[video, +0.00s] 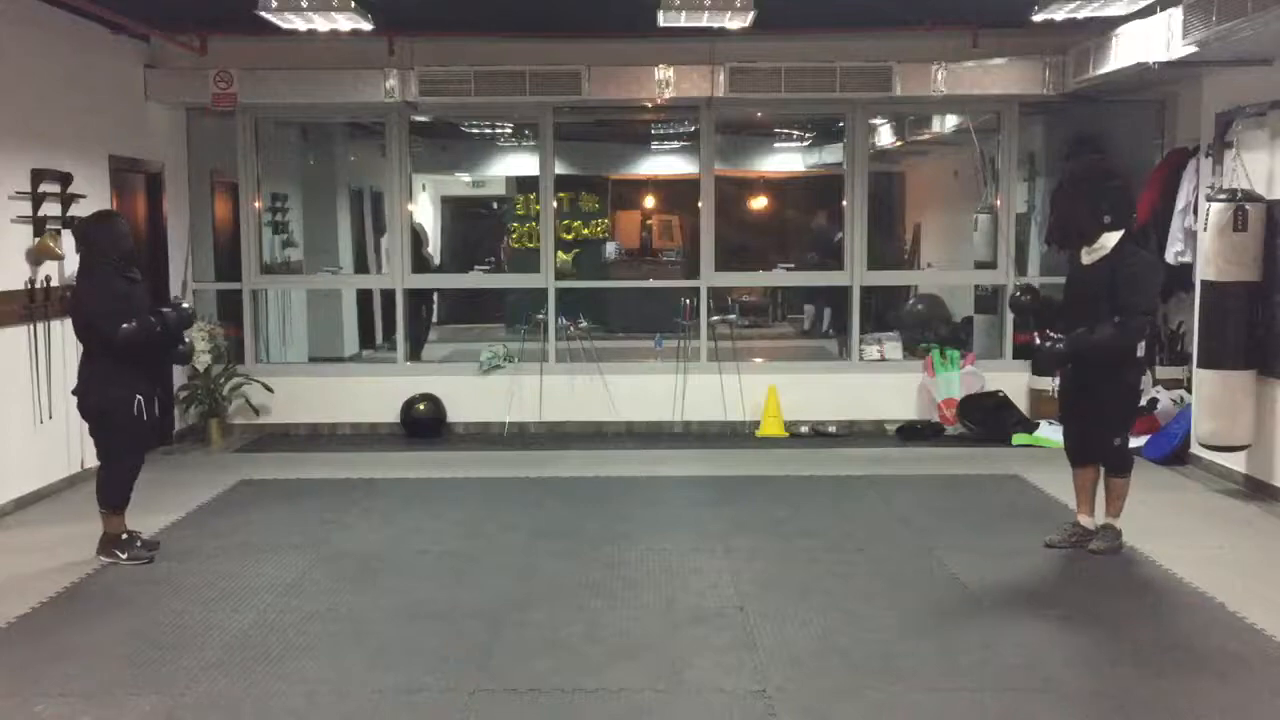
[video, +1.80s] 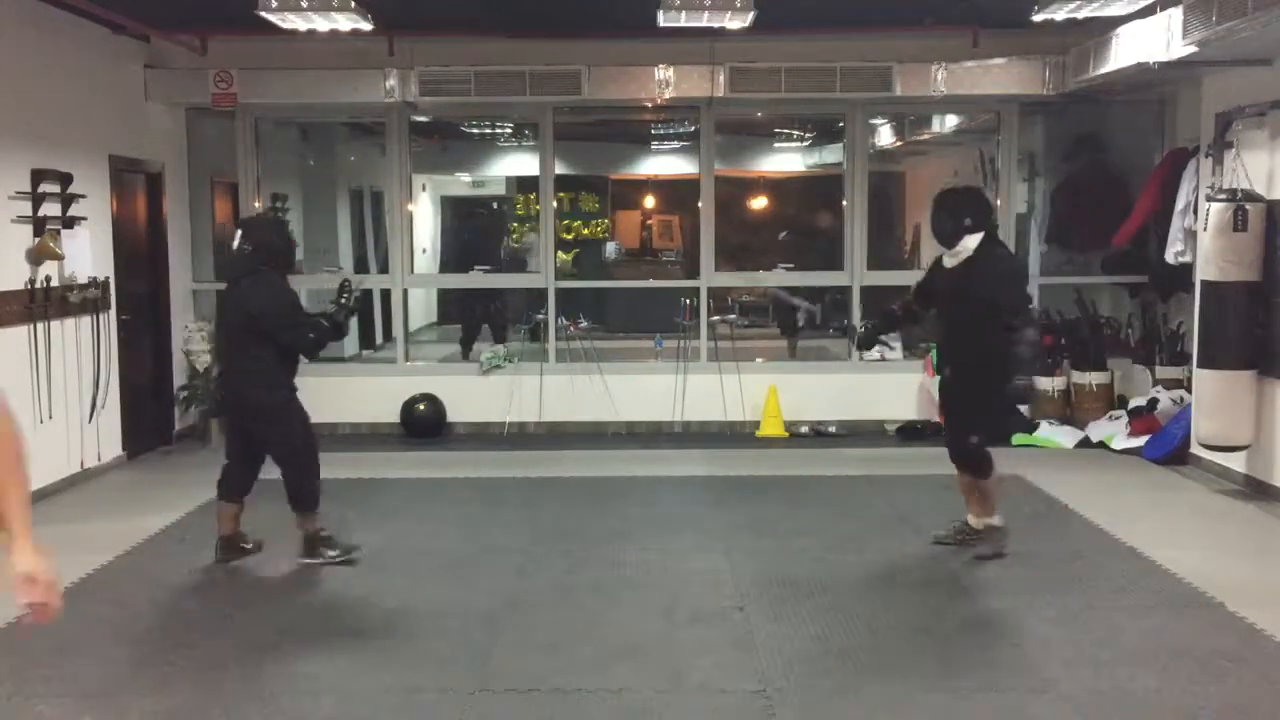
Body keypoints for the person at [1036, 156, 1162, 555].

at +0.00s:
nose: (1067, 223)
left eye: (1073, 212)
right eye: (1065, 213)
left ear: (1101, 213)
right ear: (1081, 215)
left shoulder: (1133, 261)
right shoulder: (1081, 258)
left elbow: (1135, 328)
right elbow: (1074, 316)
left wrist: (1071, 347)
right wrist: (1040, 308)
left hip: (1118, 367)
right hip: (1080, 365)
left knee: (1115, 445)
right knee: (1080, 442)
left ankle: (1112, 527)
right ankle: (1084, 523)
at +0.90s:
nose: (1055, 221)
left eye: (1062, 212)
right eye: (1057, 212)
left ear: (1085, 215)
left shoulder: (1118, 263)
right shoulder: (1065, 262)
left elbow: (1117, 323)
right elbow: (1055, 312)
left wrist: (1054, 328)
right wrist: (1027, 310)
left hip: (1103, 376)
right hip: (1060, 372)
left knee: (1106, 450)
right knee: (1037, 441)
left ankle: (1109, 526)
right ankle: (1032, 522)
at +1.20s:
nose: (1026, 237)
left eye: (1032, 228)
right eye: (1023, 229)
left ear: (1052, 226)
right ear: (1024, 230)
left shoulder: (1086, 269)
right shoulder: (1028, 276)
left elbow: (1083, 327)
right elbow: (1011, 335)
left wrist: (1032, 337)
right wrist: (992, 329)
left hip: (1074, 375)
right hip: (1032, 375)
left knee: (1087, 450)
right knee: (1005, 444)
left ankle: (1107, 525)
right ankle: (979, 522)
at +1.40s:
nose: (978, 235)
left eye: (984, 226)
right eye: (979, 227)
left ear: (1007, 227)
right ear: (1003, 229)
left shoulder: (1043, 265)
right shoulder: (992, 274)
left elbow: (1046, 324)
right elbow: (987, 325)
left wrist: (991, 339)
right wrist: (959, 330)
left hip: (1041, 375)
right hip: (1002, 375)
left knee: (1059, 448)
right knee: (979, 442)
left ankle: (1098, 520)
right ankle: (975, 524)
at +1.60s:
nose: (954, 229)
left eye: (959, 220)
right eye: (954, 221)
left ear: (980, 221)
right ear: (982, 221)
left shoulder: (1018, 261)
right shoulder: (967, 264)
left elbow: (1027, 322)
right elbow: (951, 312)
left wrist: (980, 352)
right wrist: (914, 317)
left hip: (1013, 369)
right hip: (974, 368)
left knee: (1018, 445)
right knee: (970, 444)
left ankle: (1068, 510)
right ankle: (976, 524)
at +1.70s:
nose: (946, 228)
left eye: (952, 220)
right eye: (946, 220)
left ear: (974, 221)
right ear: (975, 221)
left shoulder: (1011, 266)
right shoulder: (955, 265)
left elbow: (1016, 328)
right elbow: (930, 306)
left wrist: (999, 372)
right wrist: (892, 320)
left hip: (999, 372)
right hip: (964, 371)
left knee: (995, 447)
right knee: (968, 447)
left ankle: (1033, 509)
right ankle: (975, 523)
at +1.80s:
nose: (937, 228)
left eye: (942, 220)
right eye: (937, 220)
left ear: (964, 220)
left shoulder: (1000, 263)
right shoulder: (946, 263)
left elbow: (1020, 323)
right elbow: (918, 305)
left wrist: (1021, 373)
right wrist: (882, 324)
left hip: (989, 366)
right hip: (955, 367)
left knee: (972, 443)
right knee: (958, 443)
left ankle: (992, 526)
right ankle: (974, 523)